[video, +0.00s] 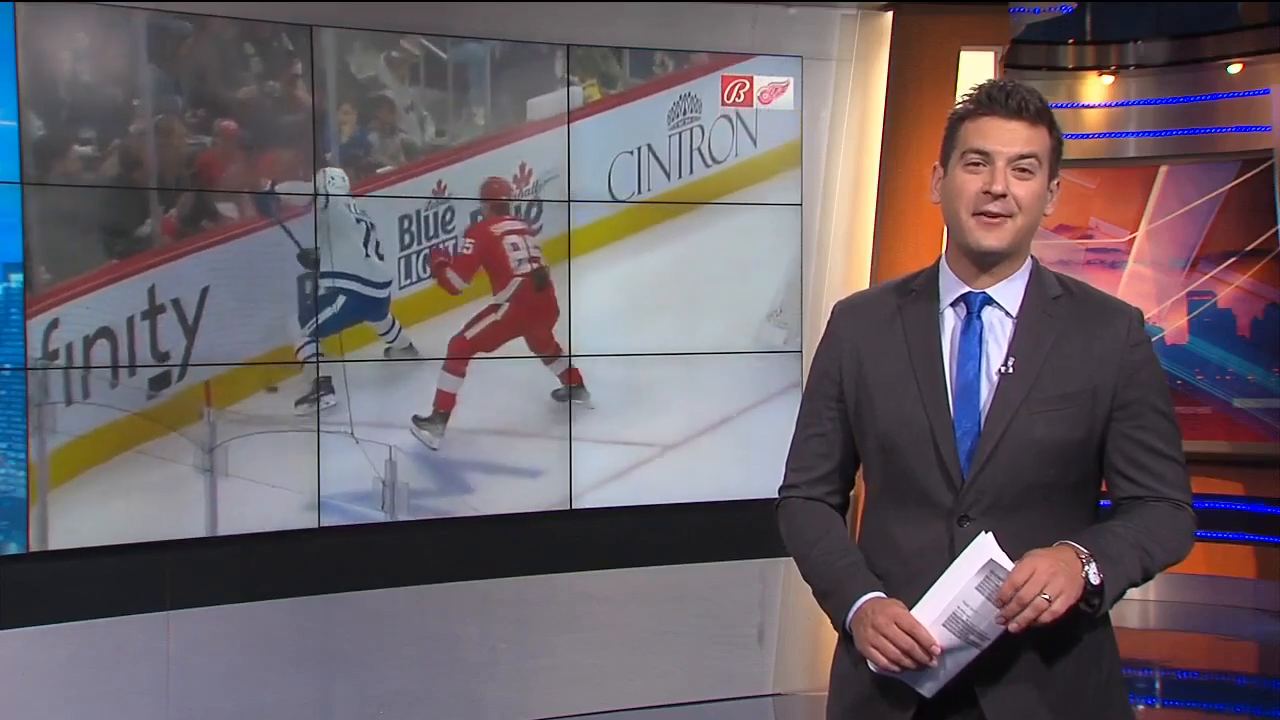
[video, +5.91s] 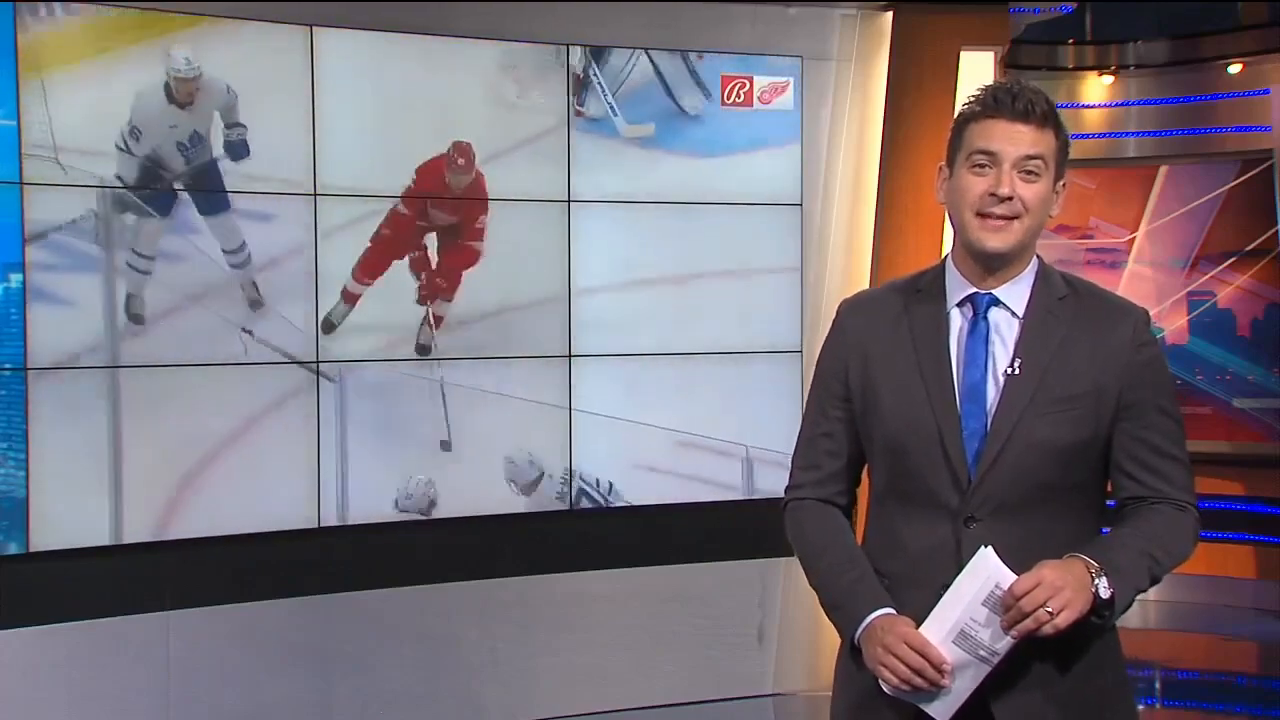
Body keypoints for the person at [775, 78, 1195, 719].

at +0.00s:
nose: (997, 186)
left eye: (1022, 169)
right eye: (975, 163)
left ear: (1050, 195)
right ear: (939, 183)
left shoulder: (1112, 334)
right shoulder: (858, 327)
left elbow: (1163, 510)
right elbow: (807, 497)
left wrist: (1084, 560)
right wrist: (859, 603)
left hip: (1048, 689)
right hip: (886, 687)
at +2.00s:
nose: (997, 193)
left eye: (1022, 175)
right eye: (976, 169)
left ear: (1050, 196)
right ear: (940, 185)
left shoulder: (1114, 336)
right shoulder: (862, 327)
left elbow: (1161, 510)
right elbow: (813, 500)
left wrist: (1089, 568)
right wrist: (866, 617)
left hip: (1051, 690)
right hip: (889, 688)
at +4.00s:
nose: (999, 196)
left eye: (1024, 176)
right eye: (976, 173)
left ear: (1053, 196)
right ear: (942, 190)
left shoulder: (1120, 336)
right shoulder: (869, 326)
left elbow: (1164, 510)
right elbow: (820, 497)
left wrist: (1094, 573)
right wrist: (873, 617)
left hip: (1056, 689)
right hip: (895, 685)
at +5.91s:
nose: (1002, 189)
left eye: (1028, 172)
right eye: (981, 165)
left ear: (1055, 196)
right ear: (945, 184)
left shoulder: (1118, 335)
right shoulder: (864, 326)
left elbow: (1166, 509)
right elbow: (813, 498)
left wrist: (1094, 572)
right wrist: (869, 619)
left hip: (1056, 691)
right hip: (893, 687)